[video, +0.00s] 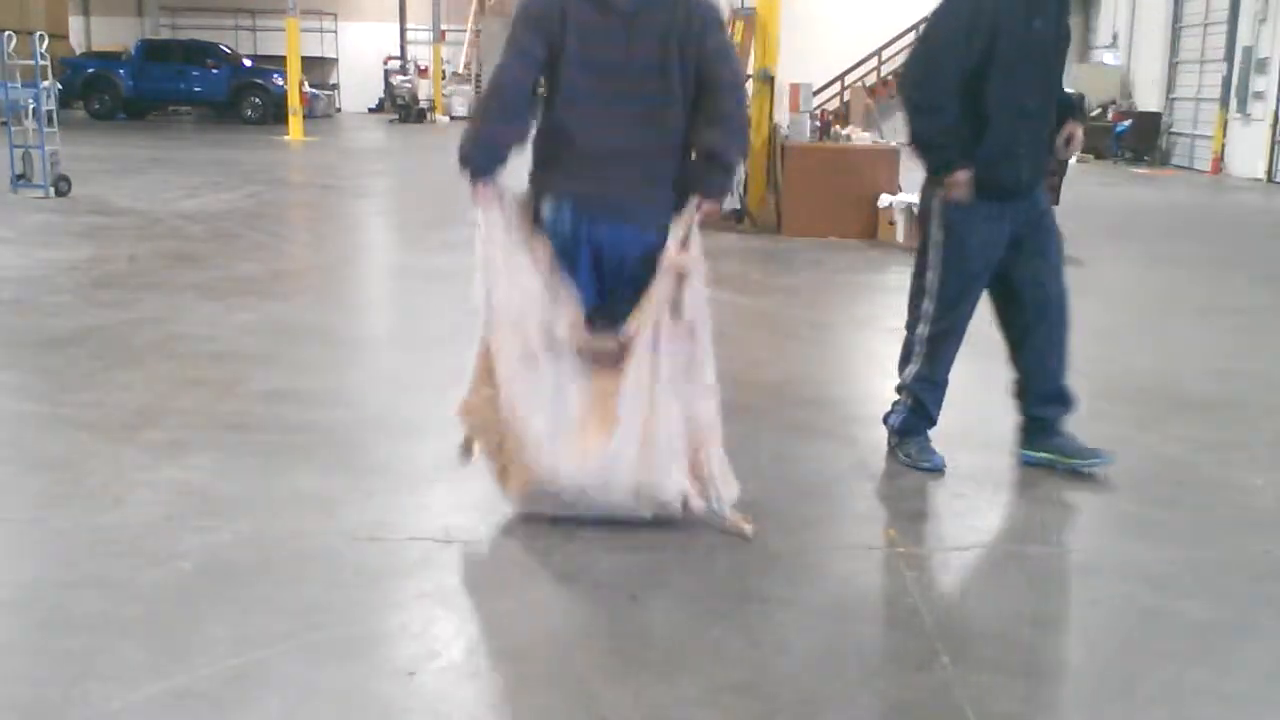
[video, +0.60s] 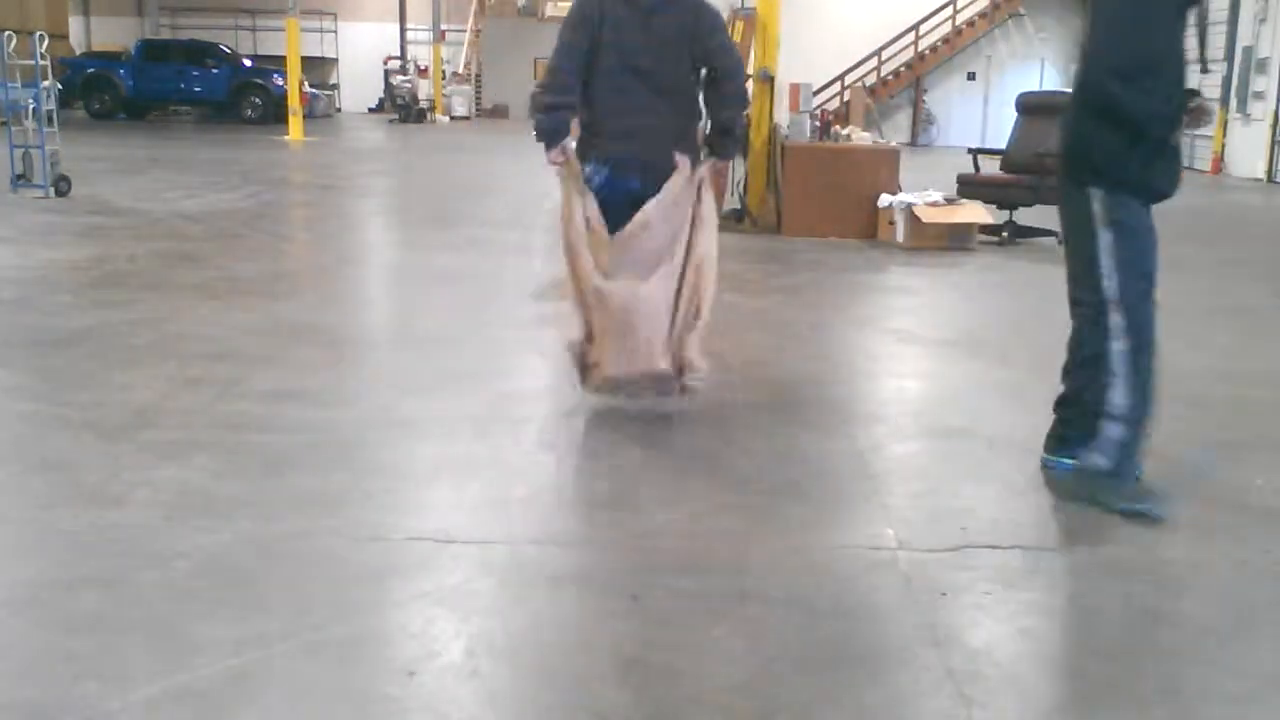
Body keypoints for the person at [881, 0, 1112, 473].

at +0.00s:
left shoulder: (1054, 11)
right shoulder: (973, 8)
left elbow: (1034, 80)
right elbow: (924, 78)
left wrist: (1068, 113)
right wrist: (949, 162)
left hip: (1025, 193)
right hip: (968, 189)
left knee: (1041, 314)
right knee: (941, 316)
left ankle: (1042, 432)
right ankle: (909, 429)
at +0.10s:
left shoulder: (1074, 11)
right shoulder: (1006, 9)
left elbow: (1050, 84)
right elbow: (957, 83)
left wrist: (1083, 119)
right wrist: (998, 162)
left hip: (1044, 197)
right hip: (987, 196)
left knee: (1066, 316)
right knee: (957, 314)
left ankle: (1071, 437)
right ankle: (909, 426)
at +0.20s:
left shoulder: (1087, 17)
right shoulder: (1034, 12)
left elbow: (1069, 98)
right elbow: (1004, 90)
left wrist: (1108, 122)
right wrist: (1052, 161)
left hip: (1070, 204)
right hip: (1016, 200)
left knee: (1090, 321)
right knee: (986, 321)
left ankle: (1074, 437)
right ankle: (914, 420)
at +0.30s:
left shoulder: (1106, 13)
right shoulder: (1066, 10)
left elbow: (1098, 87)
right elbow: (1049, 85)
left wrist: (1136, 113)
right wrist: (1109, 143)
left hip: (1090, 191)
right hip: (1044, 187)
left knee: (1098, 321)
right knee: (1028, 317)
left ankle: (1074, 438)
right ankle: (936, 408)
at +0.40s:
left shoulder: (1125, 12)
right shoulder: (1091, 9)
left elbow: (1106, 80)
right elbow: (1066, 80)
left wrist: (1146, 104)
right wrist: (1135, 123)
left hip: (1100, 174)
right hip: (1064, 170)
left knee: (1104, 314)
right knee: (1070, 310)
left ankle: (1074, 438)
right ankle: (973, 410)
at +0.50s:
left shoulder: (1141, 11)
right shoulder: (1116, 9)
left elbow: (1114, 76)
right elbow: (1091, 77)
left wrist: (1159, 102)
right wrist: (1157, 110)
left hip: (1109, 171)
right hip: (1083, 168)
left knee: (1109, 313)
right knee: (1092, 313)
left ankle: (1076, 438)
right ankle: (1032, 440)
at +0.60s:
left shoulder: (1149, 14)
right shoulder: (1142, 12)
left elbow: (1123, 76)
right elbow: (1116, 77)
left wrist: (1173, 108)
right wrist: (1167, 120)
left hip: (1103, 166)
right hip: (1107, 171)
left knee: (1099, 314)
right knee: (1120, 317)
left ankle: (1072, 446)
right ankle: (1105, 469)